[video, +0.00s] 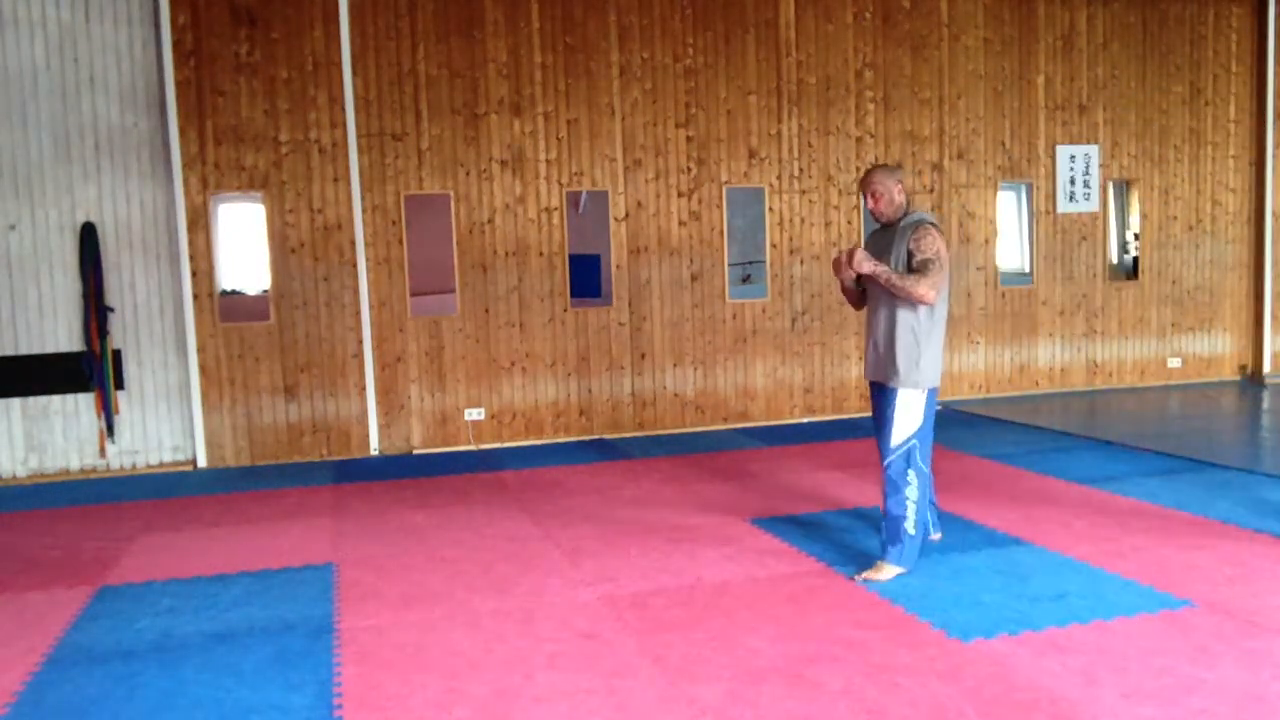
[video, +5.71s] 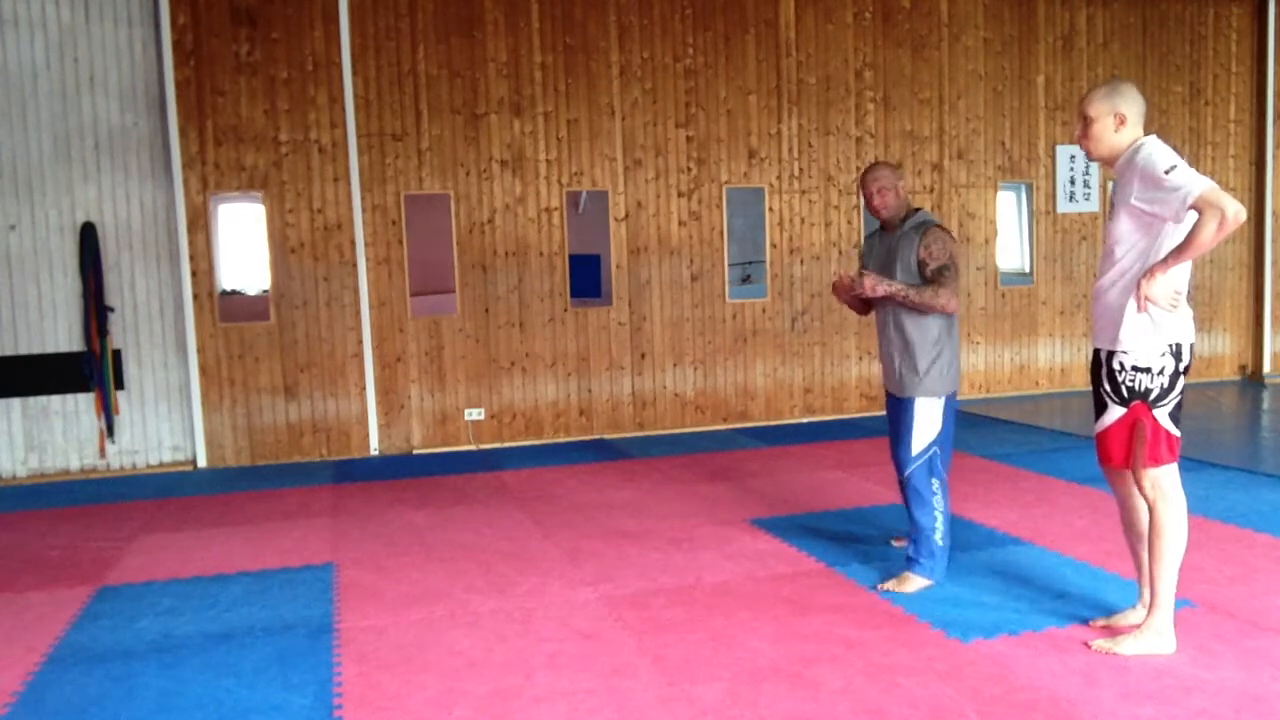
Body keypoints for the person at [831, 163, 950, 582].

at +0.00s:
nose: (871, 204)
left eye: (876, 194)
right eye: (867, 197)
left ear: (899, 191)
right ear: (868, 201)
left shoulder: (924, 233)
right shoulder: (878, 239)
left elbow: (926, 291)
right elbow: (861, 301)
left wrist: (874, 270)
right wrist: (847, 280)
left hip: (913, 366)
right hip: (884, 363)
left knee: (899, 460)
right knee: (903, 454)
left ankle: (899, 554)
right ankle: (926, 524)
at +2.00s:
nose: (862, 196)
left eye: (869, 189)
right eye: (855, 191)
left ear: (885, 192)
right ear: (848, 200)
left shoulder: (912, 236)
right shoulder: (841, 248)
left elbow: (939, 296)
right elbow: (829, 313)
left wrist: (884, 297)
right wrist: (828, 300)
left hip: (900, 373)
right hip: (859, 373)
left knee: (895, 469)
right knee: (872, 463)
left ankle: (900, 560)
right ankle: (895, 527)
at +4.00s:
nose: (881, 194)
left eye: (886, 186)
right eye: (872, 189)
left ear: (897, 188)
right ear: (861, 198)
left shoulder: (922, 230)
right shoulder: (858, 244)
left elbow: (937, 281)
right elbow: (832, 304)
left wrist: (876, 278)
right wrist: (834, 288)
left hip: (917, 367)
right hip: (879, 369)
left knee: (903, 465)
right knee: (904, 461)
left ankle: (903, 563)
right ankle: (933, 532)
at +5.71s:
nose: (876, 200)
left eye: (883, 190)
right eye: (869, 194)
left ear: (904, 189)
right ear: (865, 201)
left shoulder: (931, 236)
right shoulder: (875, 242)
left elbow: (948, 300)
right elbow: (866, 306)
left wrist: (888, 289)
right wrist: (848, 293)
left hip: (930, 375)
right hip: (898, 373)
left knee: (921, 470)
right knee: (907, 464)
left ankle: (928, 566)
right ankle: (922, 534)